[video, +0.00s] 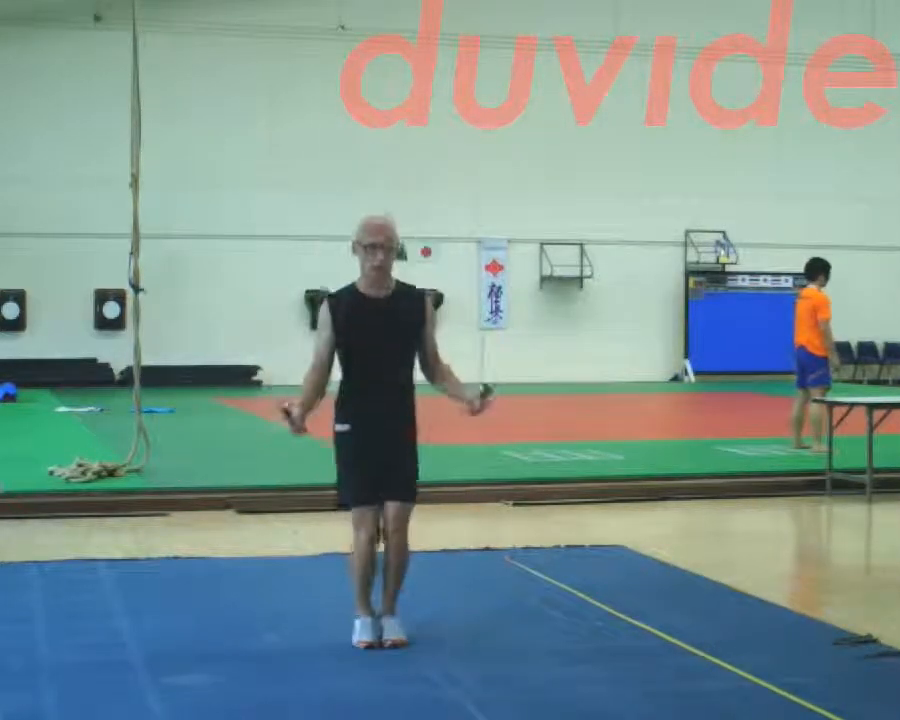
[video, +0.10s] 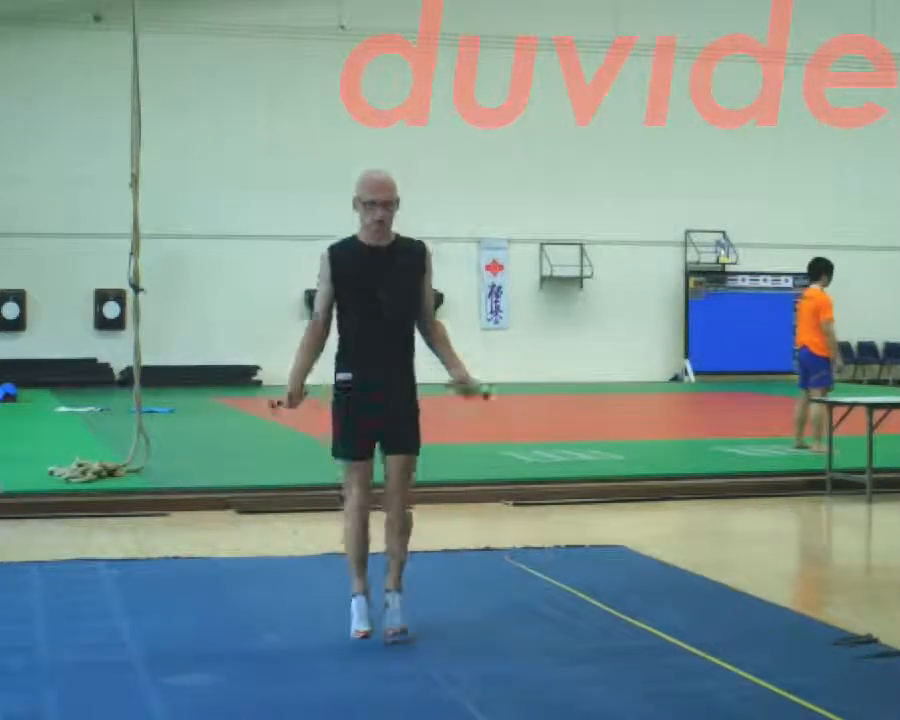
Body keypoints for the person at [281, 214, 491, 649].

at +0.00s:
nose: (377, 256)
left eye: (384, 248)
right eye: (369, 248)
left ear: (396, 251)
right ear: (355, 251)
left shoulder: (418, 303)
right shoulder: (336, 306)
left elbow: (433, 365)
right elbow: (320, 368)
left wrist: (465, 395)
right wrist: (301, 408)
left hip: (399, 420)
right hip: (354, 421)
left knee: (396, 521)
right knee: (366, 523)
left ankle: (389, 614)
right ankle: (363, 615)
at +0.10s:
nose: (380, 214)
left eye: (388, 206)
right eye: (371, 206)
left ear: (398, 207)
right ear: (356, 207)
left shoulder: (416, 254)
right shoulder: (336, 257)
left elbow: (428, 322)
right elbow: (318, 325)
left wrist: (458, 370)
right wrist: (296, 380)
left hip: (400, 385)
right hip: (353, 386)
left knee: (400, 497)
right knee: (359, 497)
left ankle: (393, 594)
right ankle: (359, 596)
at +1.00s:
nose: (369, 222)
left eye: (378, 213)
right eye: (361, 213)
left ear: (393, 215)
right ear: (350, 215)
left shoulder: (414, 263)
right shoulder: (331, 264)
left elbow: (427, 329)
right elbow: (311, 328)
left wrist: (462, 369)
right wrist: (289, 379)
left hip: (393, 388)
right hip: (345, 388)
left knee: (392, 496)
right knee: (357, 495)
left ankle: (385, 593)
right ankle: (354, 596)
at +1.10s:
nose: (368, 260)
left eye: (376, 252)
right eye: (360, 251)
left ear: (390, 253)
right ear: (350, 254)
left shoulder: (410, 306)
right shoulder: (329, 308)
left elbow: (425, 370)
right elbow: (314, 375)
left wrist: (461, 399)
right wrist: (295, 410)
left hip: (393, 428)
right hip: (347, 428)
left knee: (393, 526)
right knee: (357, 529)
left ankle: (380, 616)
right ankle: (353, 618)